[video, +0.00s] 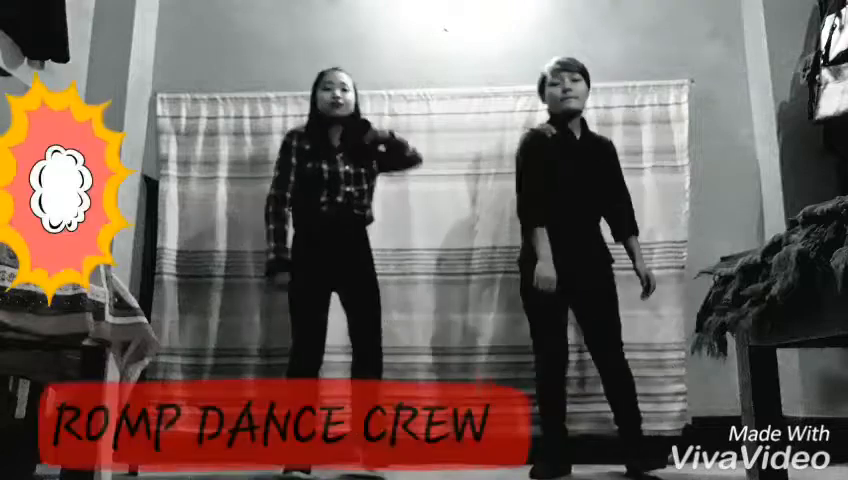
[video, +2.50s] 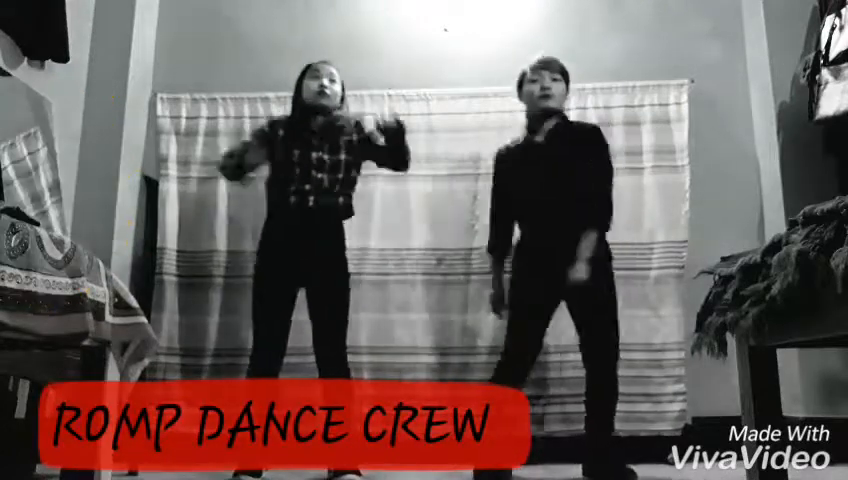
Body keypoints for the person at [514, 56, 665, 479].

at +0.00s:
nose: (565, 87)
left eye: (573, 81)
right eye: (556, 83)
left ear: (588, 93)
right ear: (544, 96)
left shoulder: (601, 148)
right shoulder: (535, 144)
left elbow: (617, 207)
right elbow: (529, 205)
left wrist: (638, 261)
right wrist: (544, 257)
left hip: (590, 261)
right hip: (543, 263)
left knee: (610, 355)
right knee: (551, 362)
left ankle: (635, 450)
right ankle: (554, 457)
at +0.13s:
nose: (575, 90)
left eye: (583, 84)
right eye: (565, 86)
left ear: (598, 96)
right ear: (553, 101)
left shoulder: (619, 147)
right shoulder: (547, 153)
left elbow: (641, 206)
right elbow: (536, 217)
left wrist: (664, 255)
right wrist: (545, 269)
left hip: (624, 270)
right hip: (572, 273)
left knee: (637, 365)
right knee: (562, 368)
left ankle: (645, 458)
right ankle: (556, 459)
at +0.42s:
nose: (576, 91)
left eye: (586, 83)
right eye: (571, 86)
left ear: (608, 91)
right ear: (567, 98)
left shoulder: (629, 133)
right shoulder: (561, 155)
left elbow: (633, 188)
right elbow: (560, 215)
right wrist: (565, 258)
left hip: (628, 264)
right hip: (580, 266)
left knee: (634, 359)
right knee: (559, 358)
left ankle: (644, 457)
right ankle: (540, 453)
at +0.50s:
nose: (554, 94)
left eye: (563, 87)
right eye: (552, 89)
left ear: (589, 93)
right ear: (553, 100)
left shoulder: (607, 135)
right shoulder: (548, 148)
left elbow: (583, 193)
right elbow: (545, 208)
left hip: (598, 259)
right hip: (553, 261)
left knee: (616, 357)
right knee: (542, 354)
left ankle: (640, 455)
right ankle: (533, 452)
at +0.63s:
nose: (538, 104)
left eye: (548, 96)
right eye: (535, 98)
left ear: (573, 102)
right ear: (532, 107)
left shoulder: (595, 153)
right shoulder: (521, 157)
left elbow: (603, 219)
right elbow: (502, 201)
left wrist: (563, 240)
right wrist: (493, 221)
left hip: (573, 274)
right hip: (523, 274)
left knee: (598, 366)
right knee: (525, 369)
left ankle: (626, 456)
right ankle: (531, 456)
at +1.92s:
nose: (522, 80)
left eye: (531, 73)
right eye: (513, 76)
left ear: (546, 88)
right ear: (502, 92)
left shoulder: (564, 139)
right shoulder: (493, 134)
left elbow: (594, 189)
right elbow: (504, 193)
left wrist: (627, 241)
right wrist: (545, 229)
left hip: (561, 263)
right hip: (511, 264)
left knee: (581, 361)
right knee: (510, 363)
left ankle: (599, 461)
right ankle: (502, 462)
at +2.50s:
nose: (544, 84)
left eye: (554, 79)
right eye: (534, 79)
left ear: (567, 93)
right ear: (521, 95)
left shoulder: (587, 136)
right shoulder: (510, 156)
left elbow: (599, 201)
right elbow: (500, 221)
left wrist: (584, 256)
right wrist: (497, 278)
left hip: (587, 260)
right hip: (535, 264)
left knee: (601, 360)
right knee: (515, 361)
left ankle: (600, 459)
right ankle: (486, 456)